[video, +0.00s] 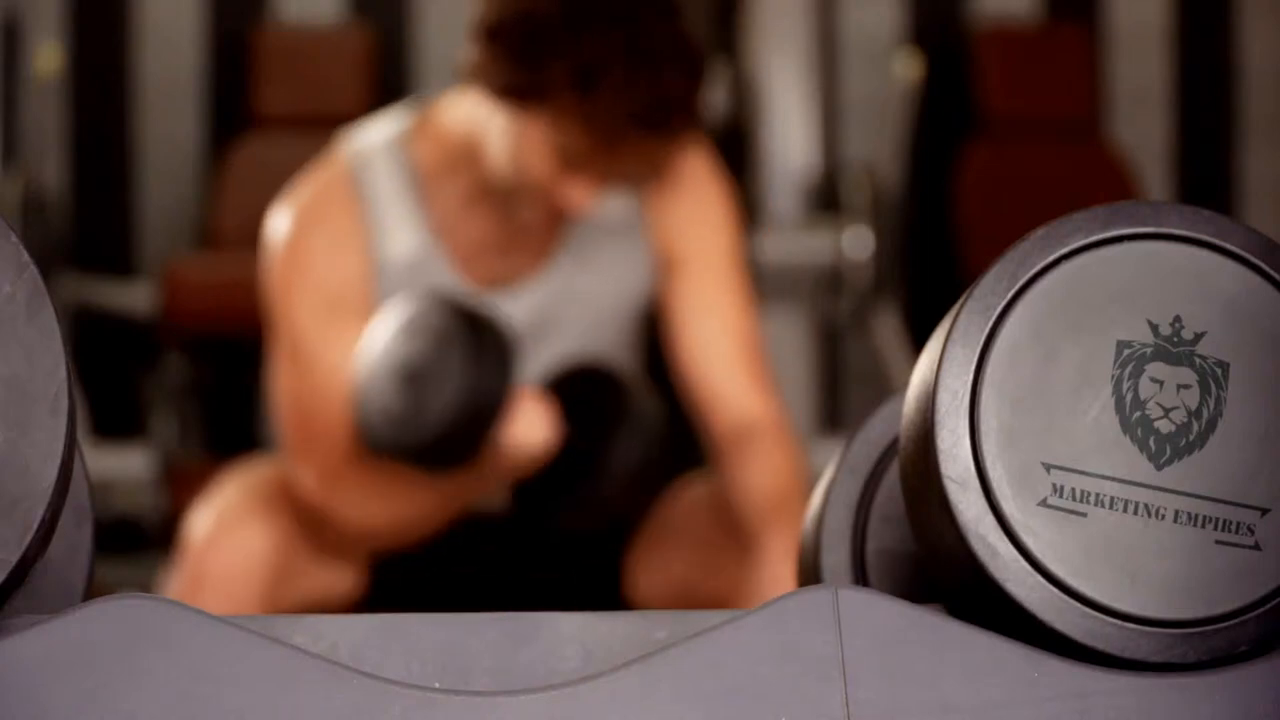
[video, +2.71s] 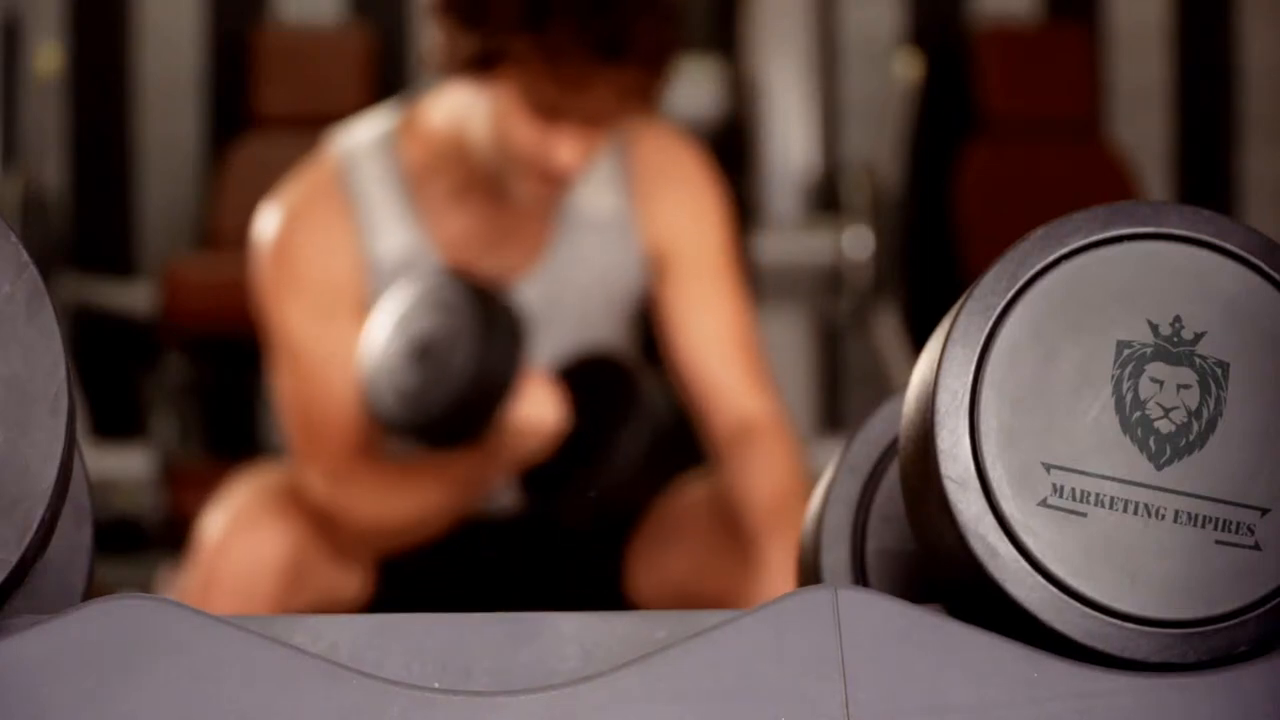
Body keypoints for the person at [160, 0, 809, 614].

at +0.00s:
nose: (588, 201)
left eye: (615, 174)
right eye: (573, 164)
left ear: (652, 137)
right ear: (509, 98)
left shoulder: (671, 173)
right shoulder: (328, 212)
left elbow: (747, 423)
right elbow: (340, 499)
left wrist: (790, 586)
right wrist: (489, 465)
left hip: (600, 522)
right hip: (400, 527)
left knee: (778, 540)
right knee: (235, 532)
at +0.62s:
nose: (600, 180)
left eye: (633, 153)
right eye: (584, 141)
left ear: (672, 119)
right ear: (527, 75)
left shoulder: (692, 171)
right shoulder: (369, 210)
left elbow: (750, 423)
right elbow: (341, 497)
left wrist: (797, 536)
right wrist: (497, 574)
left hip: (607, 512)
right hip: (423, 516)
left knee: (794, 533)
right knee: (241, 528)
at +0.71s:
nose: (605, 182)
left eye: (639, 155)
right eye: (588, 142)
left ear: (676, 122)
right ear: (527, 78)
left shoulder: (698, 174)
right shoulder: (380, 209)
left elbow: (752, 425)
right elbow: (344, 507)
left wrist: (802, 544)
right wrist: (436, 636)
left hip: (605, 512)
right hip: (415, 518)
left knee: (800, 542)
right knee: (241, 529)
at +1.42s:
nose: (613, 207)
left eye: (646, 176)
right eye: (593, 166)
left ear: (681, 147)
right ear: (529, 101)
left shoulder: (695, 178)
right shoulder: (394, 242)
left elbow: (756, 431)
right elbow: (348, 554)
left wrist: (805, 575)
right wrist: (354, 719)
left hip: (602, 524)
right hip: (416, 533)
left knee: (795, 539)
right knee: (238, 533)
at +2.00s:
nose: (611, 168)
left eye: (645, 137)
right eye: (591, 127)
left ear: (676, 110)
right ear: (524, 67)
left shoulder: (696, 170)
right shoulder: (393, 210)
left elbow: (753, 428)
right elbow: (337, 510)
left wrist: (790, 570)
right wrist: (457, 668)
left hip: (601, 521)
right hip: (418, 529)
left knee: (792, 540)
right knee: (241, 526)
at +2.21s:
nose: (606, 154)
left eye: (638, 123)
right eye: (583, 113)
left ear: (674, 101)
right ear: (520, 52)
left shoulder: (692, 171)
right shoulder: (377, 205)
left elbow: (756, 428)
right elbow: (343, 494)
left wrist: (783, 579)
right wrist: (488, 561)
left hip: (603, 533)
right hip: (414, 533)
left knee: (795, 517)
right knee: (248, 527)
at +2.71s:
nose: (573, 153)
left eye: (604, 120)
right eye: (547, 112)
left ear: (636, 98)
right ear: (476, 61)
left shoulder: (661, 171)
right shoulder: (314, 217)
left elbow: (746, 422)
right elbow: (346, 502)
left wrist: (789, 596)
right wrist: (494, 455)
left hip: (598, 525)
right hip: (399, 535)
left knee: (784, 541)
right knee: (250, 536)